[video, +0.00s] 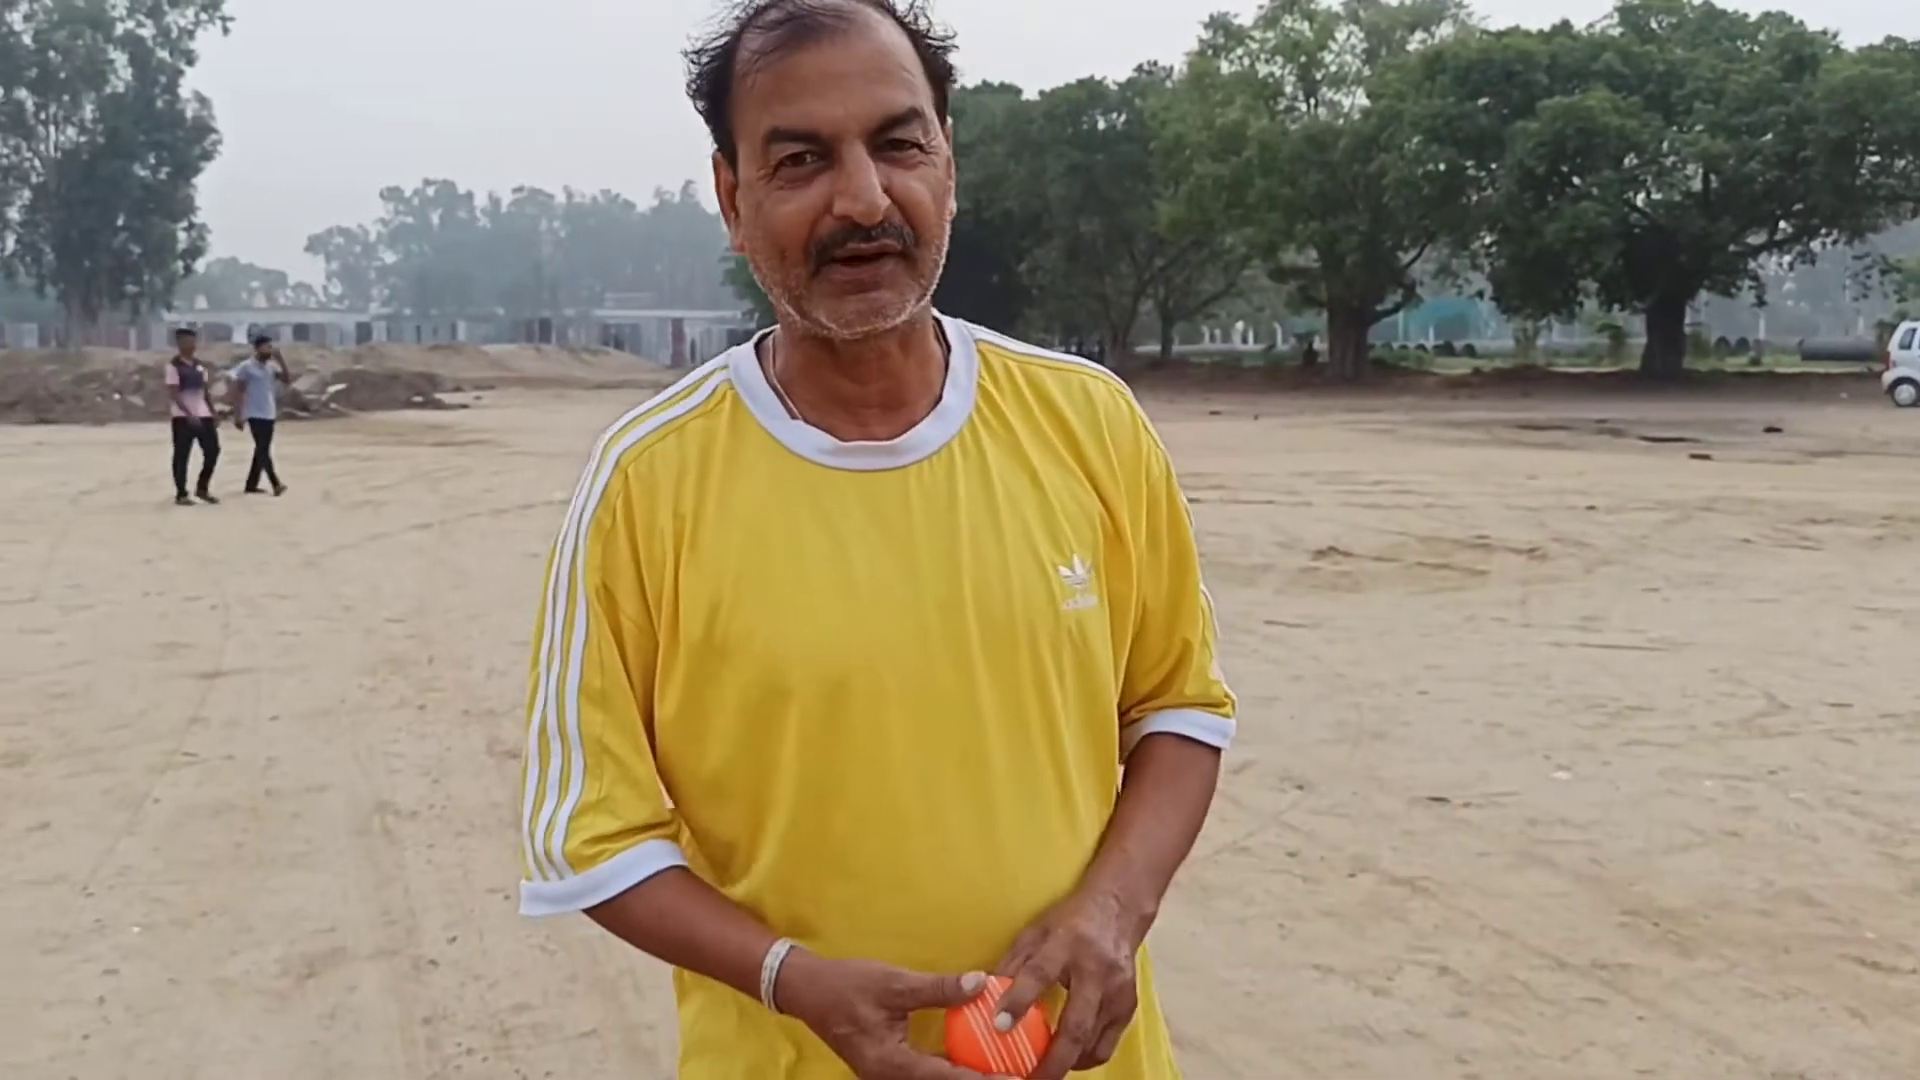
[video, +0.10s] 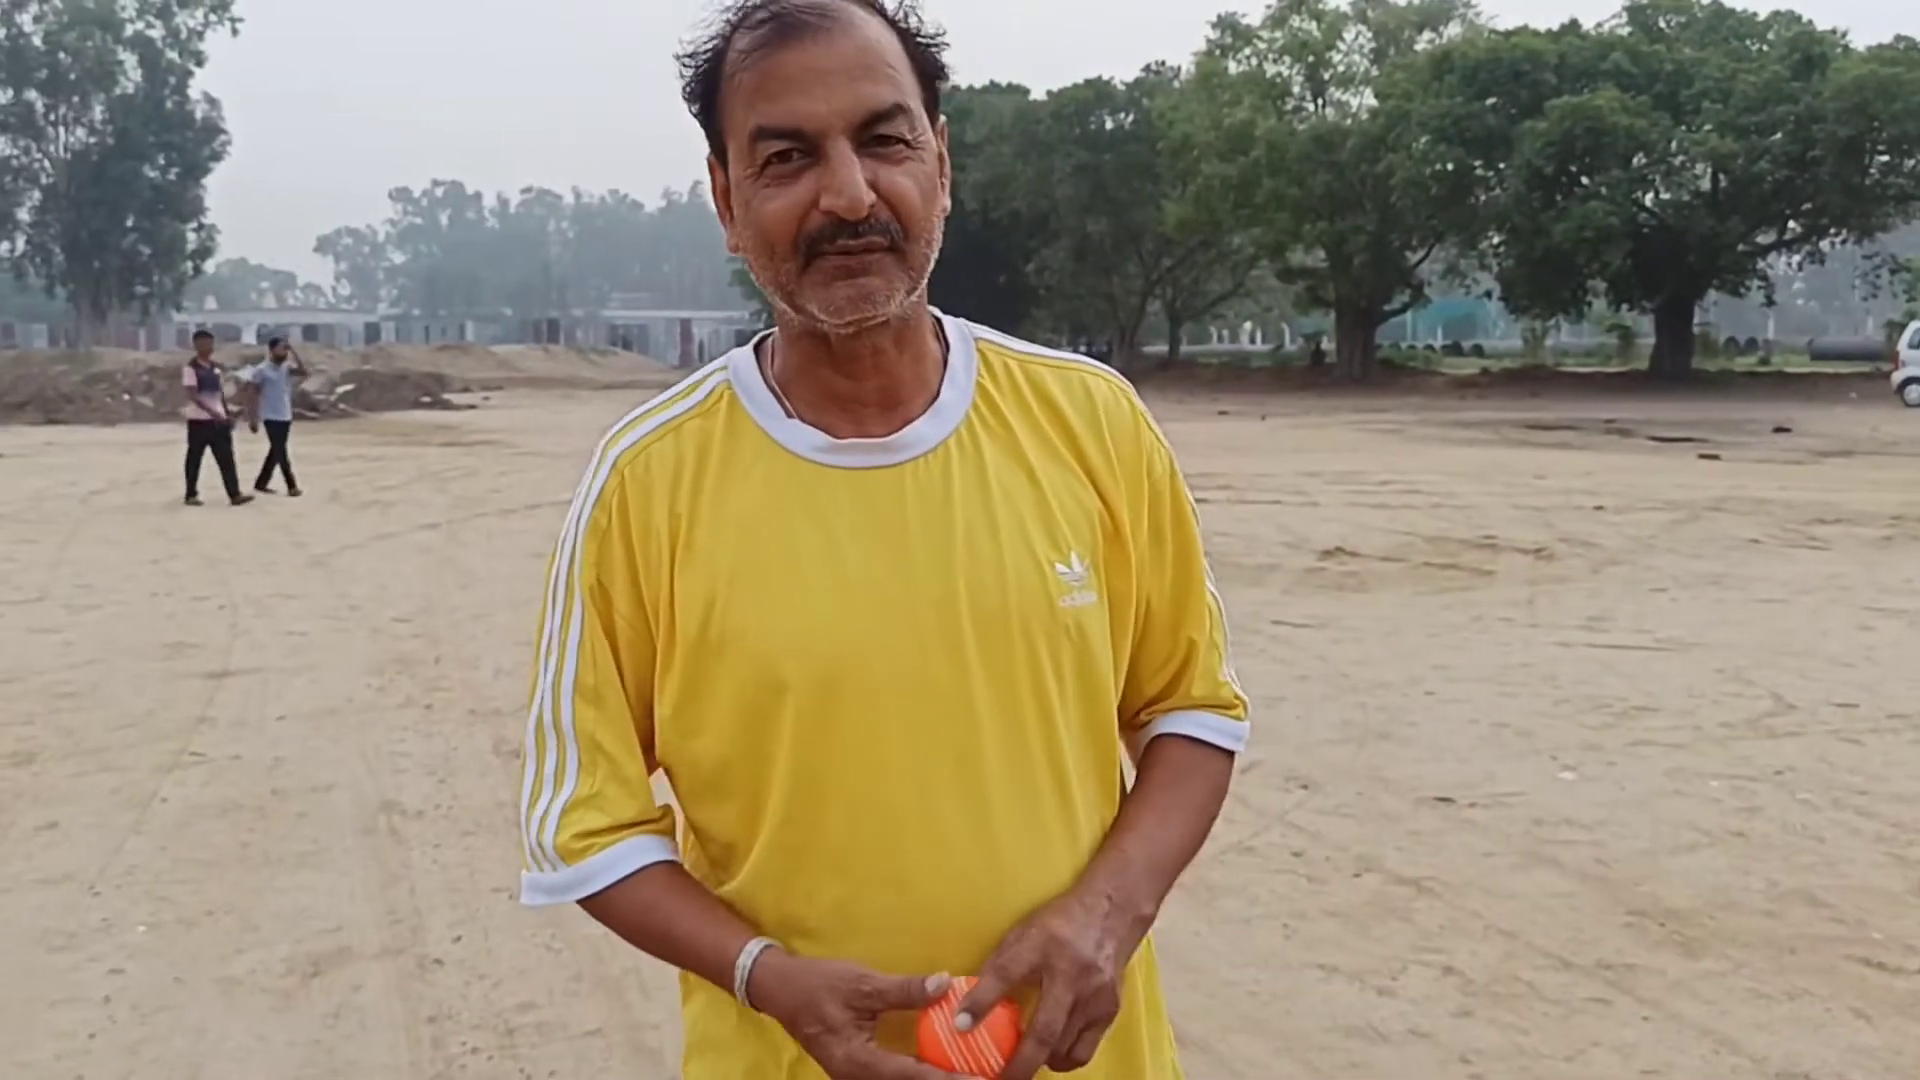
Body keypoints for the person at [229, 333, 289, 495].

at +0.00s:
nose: (269, 350)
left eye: (269, 346)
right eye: (265, 346)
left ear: (270, 348)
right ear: (257, 348)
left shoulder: (270, 368)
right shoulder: (246, 367)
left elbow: (286, 379)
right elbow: (238, 392)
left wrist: (280, 360)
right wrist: (238, 416)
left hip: (269, 414)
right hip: (254, 413)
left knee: (261, 451)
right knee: (263, 451)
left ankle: (251, 484)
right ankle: (276, 483)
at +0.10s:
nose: (285, 352)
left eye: (286, 348)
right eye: (282, 348)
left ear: (285, 351)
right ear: (272, 350)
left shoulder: (285, 368)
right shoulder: (261, 370)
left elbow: (303, 372)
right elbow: (253, 395)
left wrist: (293, 353)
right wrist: (253, 418)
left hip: (285, 416)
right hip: (270, 416)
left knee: (275, 452)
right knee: (281, 453)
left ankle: (261, 482)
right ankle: (291, 486)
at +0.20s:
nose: (296, 352)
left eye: (297, 349)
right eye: (292, 348)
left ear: (298, 351)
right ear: (283, 350)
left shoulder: (298, 369)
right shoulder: (273, 371)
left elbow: (316, 370)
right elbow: (266, 397)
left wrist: (304, 352)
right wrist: (267, 420)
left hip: (299, 416)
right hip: (283, 417)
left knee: (293, 452)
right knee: (292, 453)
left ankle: (273, 475)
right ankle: (298, 486)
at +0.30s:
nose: (308, 350)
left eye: (309, 346)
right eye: (305, 346)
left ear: (311, 349)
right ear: (296, 347)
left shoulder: (310, 366)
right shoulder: (286, 368)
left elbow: (331, 369)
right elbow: (281, 393)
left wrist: (319, 351)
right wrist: (283, 416)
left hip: (312, 414)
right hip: (296, 416)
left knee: (317, 448)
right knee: (303, 452)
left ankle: (296, 470)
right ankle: (304, 486)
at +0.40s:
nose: (323, 347)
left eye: (325, 344)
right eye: (320, 343)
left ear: (327, 346)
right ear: (311, 345)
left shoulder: (327, 364)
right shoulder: (302, 366)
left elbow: (346, 367)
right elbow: (296, 392)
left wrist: (335, 348)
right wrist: (302, 412)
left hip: (328, 414)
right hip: (310, 415)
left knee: (337, 447)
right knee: (311, 454)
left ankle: (322, 476)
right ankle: (313, 485)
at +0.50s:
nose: (344, 349)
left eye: (346, 345)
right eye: (341, 345)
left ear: (347, 348)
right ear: (332, 346)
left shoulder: (346, 365)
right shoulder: (322, 367)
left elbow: (367, 367)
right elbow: (317, 391)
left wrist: (357, 350)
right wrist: (320, 410)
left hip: (348, 416)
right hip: (329, 417)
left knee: (359, 453)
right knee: (327, 455)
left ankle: (360, 485)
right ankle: (326, 487)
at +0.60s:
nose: (368, 351)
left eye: (369, 347)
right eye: (365, 347)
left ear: (370, 350)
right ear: (356, 349)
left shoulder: (370, 368)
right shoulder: (346, 369)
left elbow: (391, 370)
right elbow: (339, 393)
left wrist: (379, 353)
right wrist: (342, 411)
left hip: (370, 419)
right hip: (352, 419)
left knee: (379, 454)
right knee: (347, 455)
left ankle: (393, 483)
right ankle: (342, 486)